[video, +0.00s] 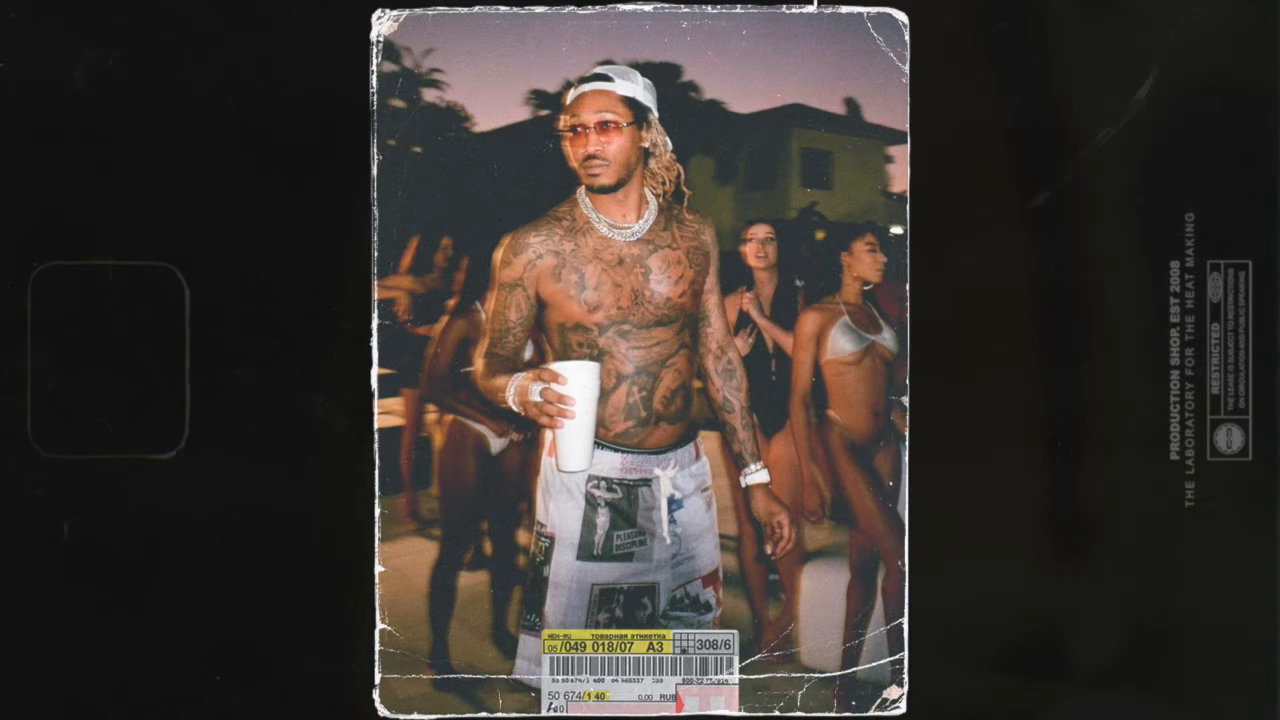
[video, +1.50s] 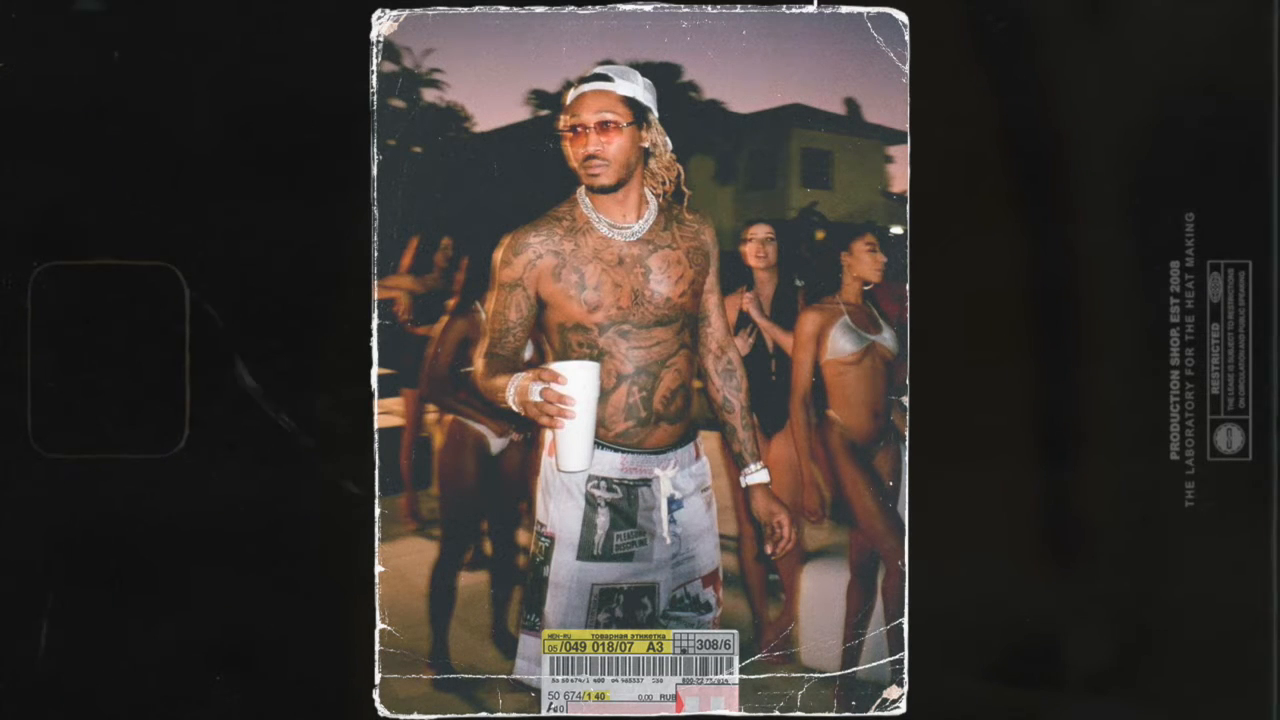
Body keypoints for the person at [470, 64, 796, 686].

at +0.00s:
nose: (590, 143)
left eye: (608, 126)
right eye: (576, 130)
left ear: (646, 138)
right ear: (565, 144)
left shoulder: (693, 236)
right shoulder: (532, 248)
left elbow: (720, 358)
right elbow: (491, 365)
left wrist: (756, 481)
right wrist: (516, 389)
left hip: (681, 477)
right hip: (582, 481)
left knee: (689, 662)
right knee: (574, 666)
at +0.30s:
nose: (590, 143)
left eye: (608, 126)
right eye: (576, 130)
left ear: (646, 138)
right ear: (565, 144)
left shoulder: (693, 235)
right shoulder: (532, 248)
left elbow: (720, 359)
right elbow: (491, 365)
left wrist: (756, 482)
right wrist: (516, 389)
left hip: (681, 477)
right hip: (582, 482)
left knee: (689, 664)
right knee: (574, 669)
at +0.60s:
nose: (590, 143)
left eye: (608, 126)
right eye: (576, 130)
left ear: (646, 138)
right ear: (565, 144)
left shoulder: (693, 235)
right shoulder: (532, 248)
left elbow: (720, 359)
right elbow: (491, 365)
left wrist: (756, 482)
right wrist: (516, 389)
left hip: (681, 477)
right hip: (582, 481)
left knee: (690, 664)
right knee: (574, 669)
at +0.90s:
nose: (590, 143)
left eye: (608, 126)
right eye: (576, 130)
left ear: (646, 138)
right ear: (565, 144)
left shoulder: (693, 235)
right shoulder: (532, 248)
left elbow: (720, 358)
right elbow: (491, 365)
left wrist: (756, 482)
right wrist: (516, 389)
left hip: (681, 477)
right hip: (582, 482)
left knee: (689, 664)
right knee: (574, 670)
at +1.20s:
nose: (589, 143)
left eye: (608, 126)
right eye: (576, 130)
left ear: (646, 138)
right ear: (565, 144)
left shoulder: (693, 235)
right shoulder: (532, 248)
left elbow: (720, 358)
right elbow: (491, 365)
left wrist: (756, 482)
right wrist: (516, 389)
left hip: (681, 477)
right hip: (583, 482)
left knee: (689, 664)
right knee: (574, 669)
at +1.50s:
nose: (590, 143)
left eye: (608, 126)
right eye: (577, 130)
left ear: (646, 139)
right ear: (565, 144)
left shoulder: (693, 235)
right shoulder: (533, 247)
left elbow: (720, 358)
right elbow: (491, 365)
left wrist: (756, 481)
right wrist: (516, 389)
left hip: (681, 476)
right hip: (583, 480)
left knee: (689, 661)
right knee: (575, 665)